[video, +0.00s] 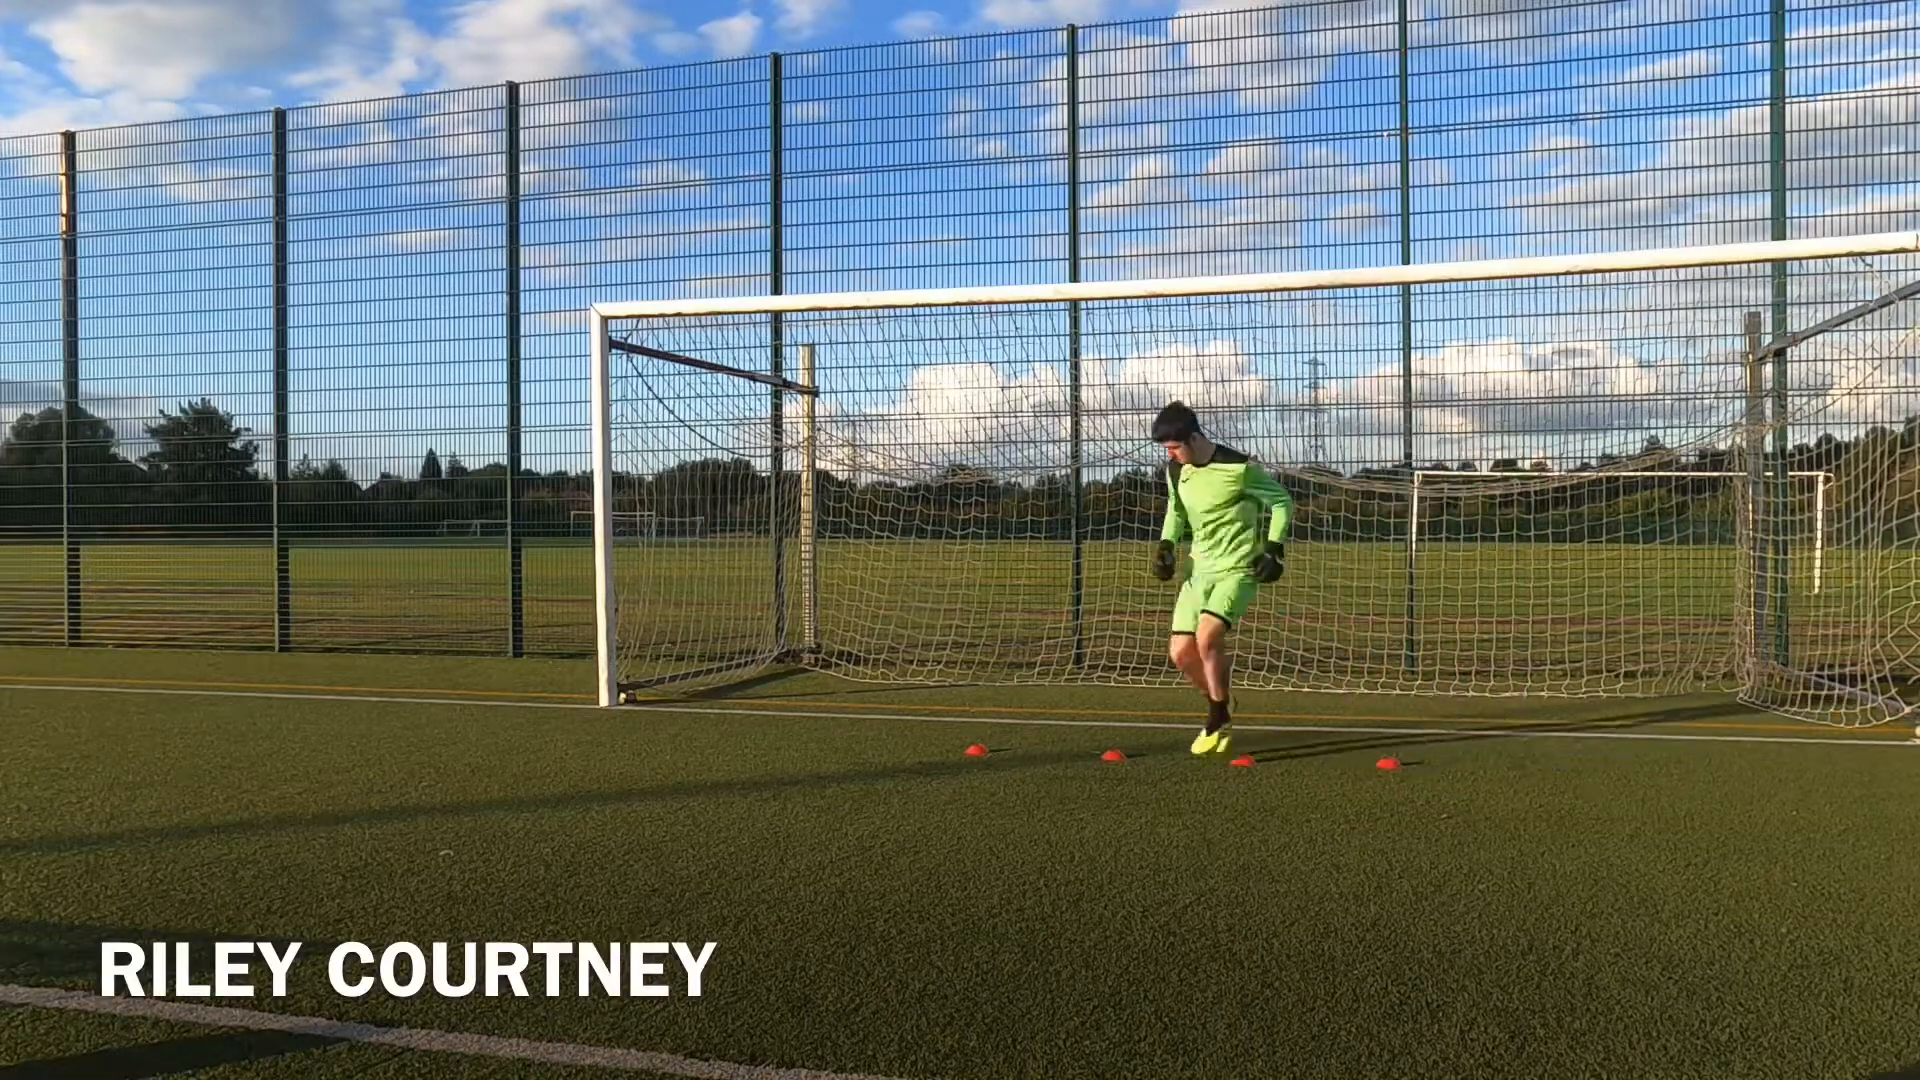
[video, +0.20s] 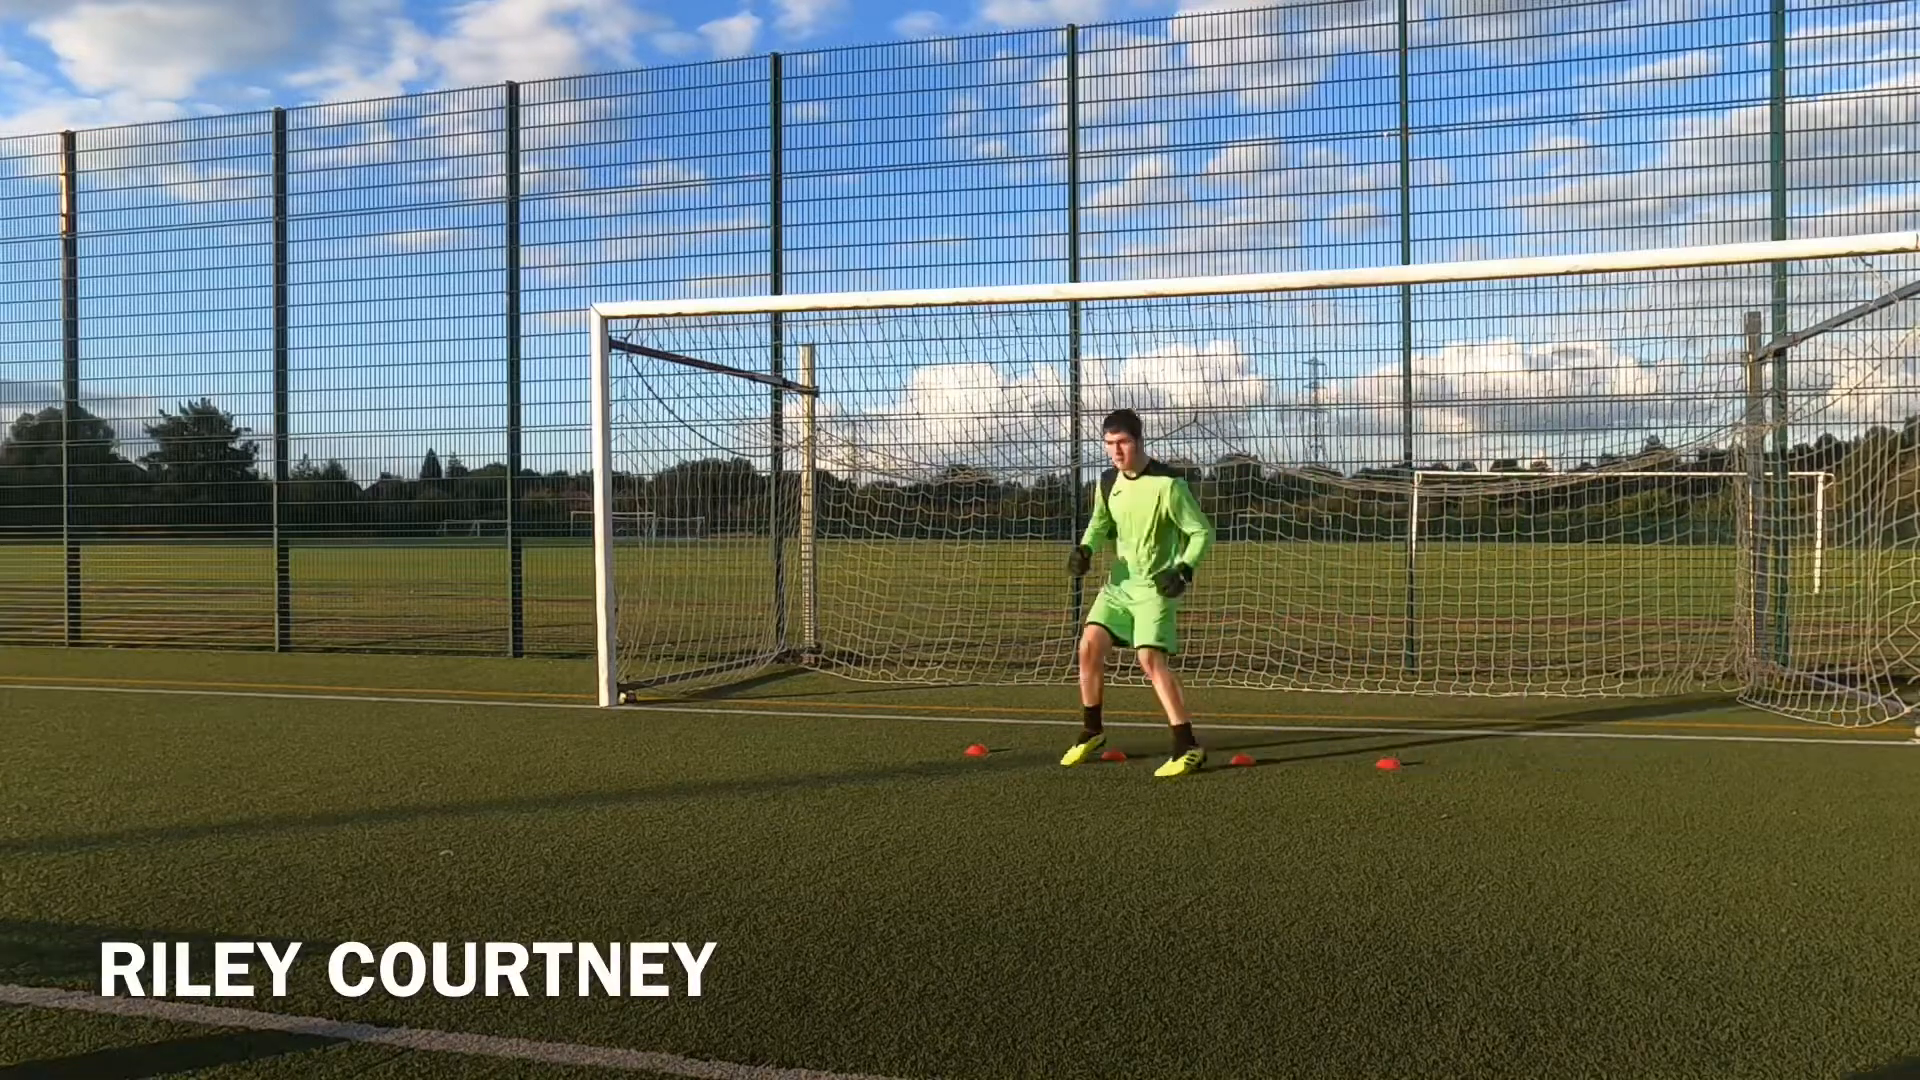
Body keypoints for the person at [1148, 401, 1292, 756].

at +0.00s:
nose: (1170, 455)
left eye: (1173, 447)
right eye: (1166, 449)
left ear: (1193, 436)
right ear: (1169, 443)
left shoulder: (1240, 467)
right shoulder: (1177, 472)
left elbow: (1281, 501)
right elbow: (1176, 510)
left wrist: (1274, 548)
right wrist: (1166, 545)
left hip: (1237, 568)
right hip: (1201, 569)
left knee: (1208, 637)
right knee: (1181, 651)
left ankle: (1218, 721)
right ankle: (1221, 703)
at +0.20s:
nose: (1116, 450)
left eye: (1122, 442)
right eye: (1110, 444)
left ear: (1140, 441)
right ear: (1105, 447)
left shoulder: (1168, 486)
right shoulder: (1107, 485)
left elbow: (1201, 532)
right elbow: (1098, 526)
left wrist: (1183, 569)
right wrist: (1085, 549)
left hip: (1155, 588)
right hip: (1118, 585)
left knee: (1150, 658)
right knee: (1090, 645)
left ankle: (1187, 746)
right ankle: (1092, 732)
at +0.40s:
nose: (1061, 433)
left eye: (1067, 426)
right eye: (1055, 427)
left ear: (1082, 428)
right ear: (1048, 431)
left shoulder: (1104, 475)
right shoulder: (1039, 470)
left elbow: (1134, 523)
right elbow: (1029, 510)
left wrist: (1116, 550)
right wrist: (1026, 532)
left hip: (1088, 579)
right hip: (1048, 573)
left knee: (1073, 662)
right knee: (1032, 637)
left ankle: (1091, 708)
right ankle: (1046, 715)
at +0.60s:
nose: (996, 435)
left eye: (1003, 429)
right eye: (991, 429)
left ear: (1017, 433)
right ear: (986, 435)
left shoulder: (1040, 482)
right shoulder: (972, 479)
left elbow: (1063, 527)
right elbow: (967, 524)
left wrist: (1058, 563)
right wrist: (967, 553)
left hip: (1026, 586)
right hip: (983, 581)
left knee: (1030, 662)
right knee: (960, 654)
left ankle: (1071, 719)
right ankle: (940, 714)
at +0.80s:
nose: (941, 438)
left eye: (948, 432)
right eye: (936, 432)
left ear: (961, 436)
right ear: (929, 437)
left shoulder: (986, 480)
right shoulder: (918, 476)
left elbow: (1013, 518)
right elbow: (911, 513)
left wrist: (1010, 555)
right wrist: (913, 544)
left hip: (971, 580)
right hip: (928, 577)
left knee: (975, 654)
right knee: (891, 642)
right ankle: (887, 707)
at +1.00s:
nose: (904, 455)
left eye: (911, 449)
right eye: (899, 449)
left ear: (923, 454)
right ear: (891, 455)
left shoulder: (943, 501)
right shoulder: (877, 497)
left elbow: (955, 545)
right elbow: (871, 540)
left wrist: (955, 565)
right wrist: (865, 560)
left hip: (923, 599)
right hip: (880, 597)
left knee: (931, 665)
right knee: (842, 662)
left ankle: (935, 729)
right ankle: (818, 723)